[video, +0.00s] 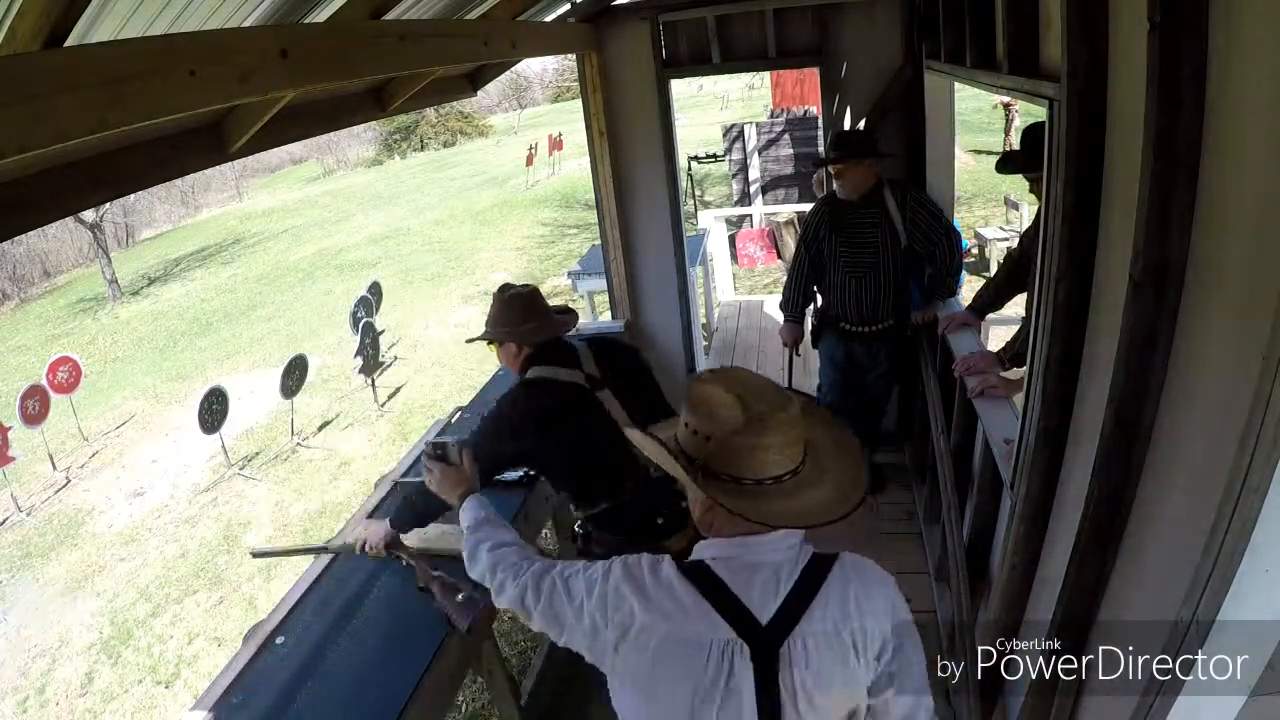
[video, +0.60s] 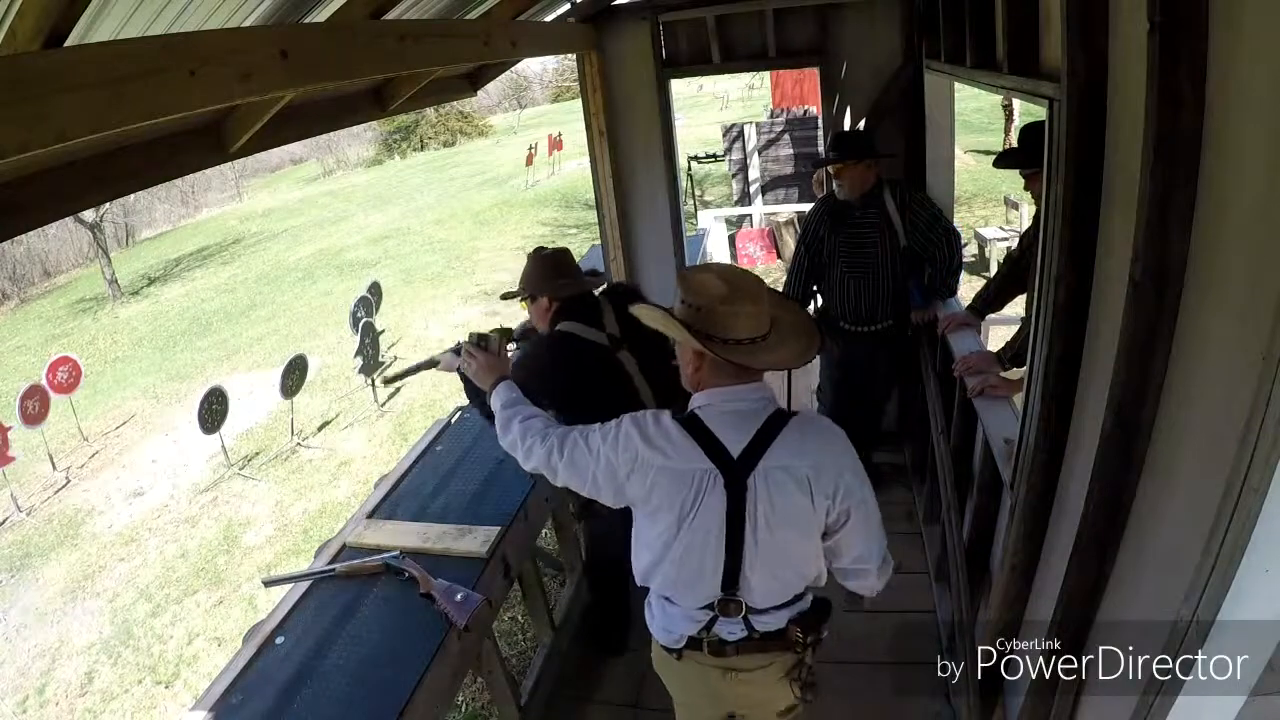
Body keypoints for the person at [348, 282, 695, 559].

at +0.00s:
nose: (497, 356)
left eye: (497, 347)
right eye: (495, 347)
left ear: (514, 350)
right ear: (554, 330)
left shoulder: (521, 407)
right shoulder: (617, 353)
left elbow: (460, 472)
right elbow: (662, 421)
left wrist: (394, 523)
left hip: (619, 534)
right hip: (683, 501)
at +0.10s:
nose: (486, 361)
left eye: (486, 352)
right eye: (484, 352)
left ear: (504, 354)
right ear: (542, 331)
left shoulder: (515, 408)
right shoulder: (601, 345)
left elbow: (457, 480)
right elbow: (653, 399)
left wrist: (397, 541)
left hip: (622, 513)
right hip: (685, 475)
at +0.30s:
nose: (488, 339)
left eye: (487, 330)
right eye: (484, 330)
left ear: (505, 332)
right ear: (543, 309)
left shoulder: (530, 374)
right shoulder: (594, 321)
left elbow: (514, 449)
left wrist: (446, 476)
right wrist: (516, 383)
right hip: (681, 442)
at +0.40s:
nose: (504, 325)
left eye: (504, 316)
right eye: (501, 316)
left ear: (522, 318)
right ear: (557, 299)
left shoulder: (534, 372)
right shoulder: (606, 311)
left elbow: (509, 457)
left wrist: (466, 437)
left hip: (608, 487)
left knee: (608, 564)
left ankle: (617, 637)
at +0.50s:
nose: (519, 317)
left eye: (520, 308)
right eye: (517, 308)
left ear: (539, 310)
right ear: (575, 292)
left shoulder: (541, 360)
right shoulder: (619, 310)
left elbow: (507, 431)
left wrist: (465, 404)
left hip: (607, 484)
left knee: (607, 564)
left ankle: (614, 638)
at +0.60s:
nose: (528, 312)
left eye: (529, 302)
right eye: (526, 303)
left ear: (547, 303)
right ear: (582, 287)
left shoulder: (547, 354)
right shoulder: (628, 306)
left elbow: (500, 408)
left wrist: (469, 372)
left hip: (609, 481)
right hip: (673, 459)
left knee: (608, 560)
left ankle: (613, 638)